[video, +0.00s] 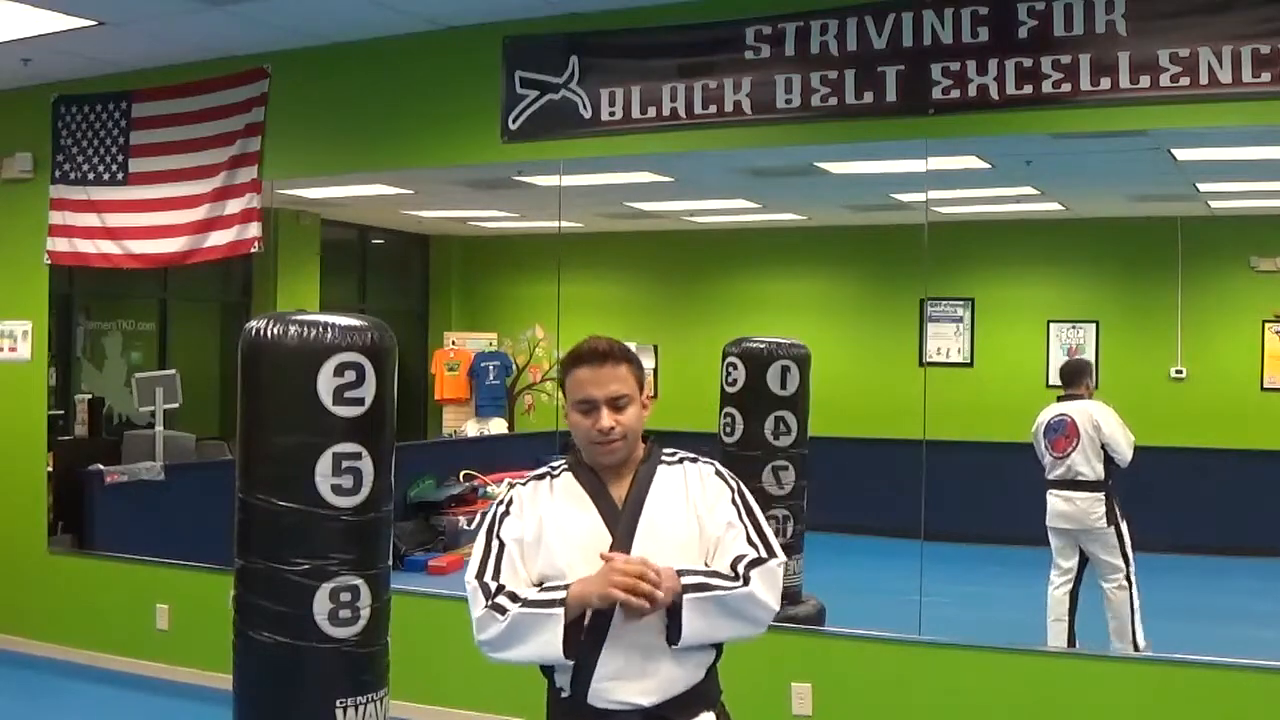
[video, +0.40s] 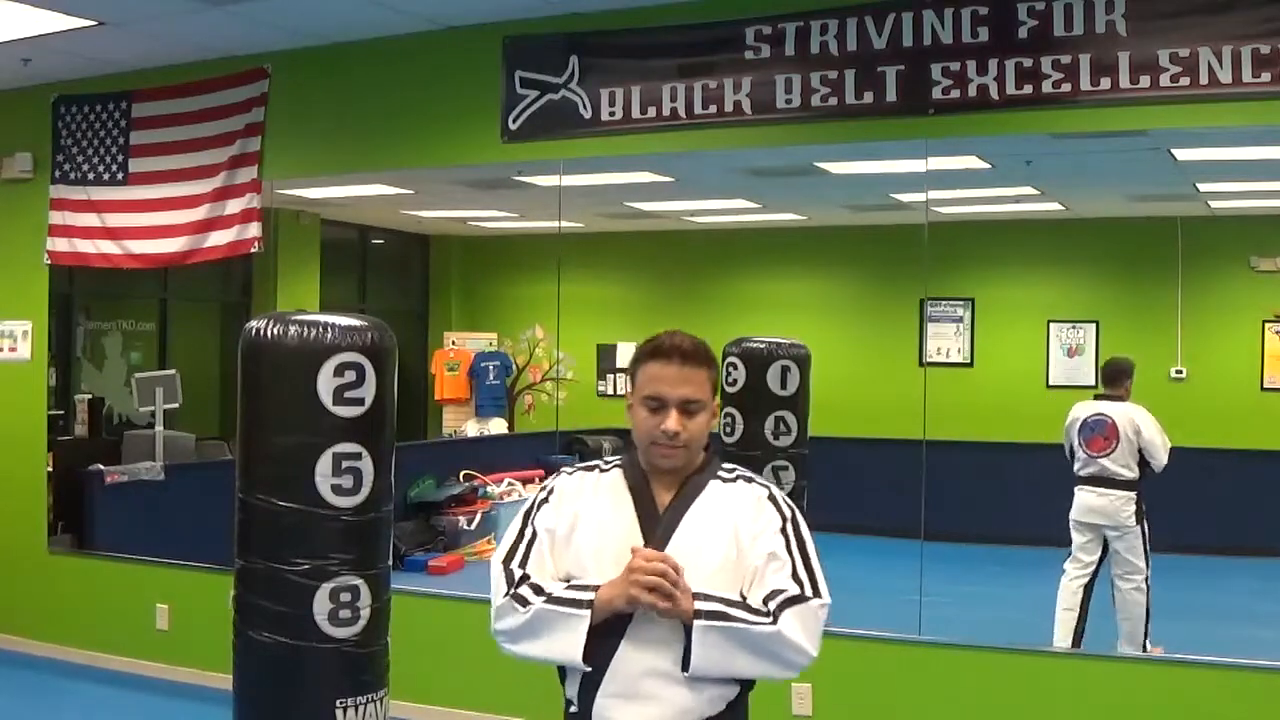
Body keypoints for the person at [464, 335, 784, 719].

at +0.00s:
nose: (605, 423)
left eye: (618, 404)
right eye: (587, 408)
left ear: (646, 401)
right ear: (566, 412)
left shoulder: (706, 484)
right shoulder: (525, 502)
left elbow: (762, 592)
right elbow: (493, 620)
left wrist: (675, 588)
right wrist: (583, 593)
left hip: (688, 706)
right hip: (578, 708)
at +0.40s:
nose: (671, 425)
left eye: (690, 408)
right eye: (654, 406)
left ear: (714, 413)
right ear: (629, 405)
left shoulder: (760, 507)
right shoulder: (566, 495)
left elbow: (796, 636)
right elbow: (510, 611)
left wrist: (693, 609)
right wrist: (607, 597)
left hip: (708, 711)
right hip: (590, 710)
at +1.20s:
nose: (696, 431)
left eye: (716, 408)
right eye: (675, 413)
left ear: (751, 411)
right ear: (652, 421)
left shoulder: (818, 531)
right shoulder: (593, 525)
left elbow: (863, 681)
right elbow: (529, 652)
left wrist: (748, 675)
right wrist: (591, 672)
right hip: (619, 719)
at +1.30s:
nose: (681, 424)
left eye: (697, 400)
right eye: (656, 409)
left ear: (729, 409)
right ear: (632, 429)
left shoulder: (805, 537)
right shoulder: (569, 539)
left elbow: (866, 679)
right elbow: (500, 678)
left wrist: (776, 681)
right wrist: (547, 667)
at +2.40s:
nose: (764, 424)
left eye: (799, 402)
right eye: (746, 396)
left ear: (847, 428)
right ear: (722, 407)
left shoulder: (901, 585)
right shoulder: (648, 547)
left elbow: (962, 715)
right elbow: (592, 696)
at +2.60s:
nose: (777, 428)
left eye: (810, 405)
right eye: (757, 400)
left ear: (855, 428)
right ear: (728, 417)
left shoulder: (918, 590)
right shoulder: (655, 545)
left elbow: (985, 718)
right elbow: (583, 690)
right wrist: (603, 714)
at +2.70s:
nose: (764, 433)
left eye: (794, 409)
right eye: (743, 406)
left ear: (836, 433)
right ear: (715, 423)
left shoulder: (907, 588)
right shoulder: (642, 558)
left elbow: (971, 717)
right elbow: (584, 703)